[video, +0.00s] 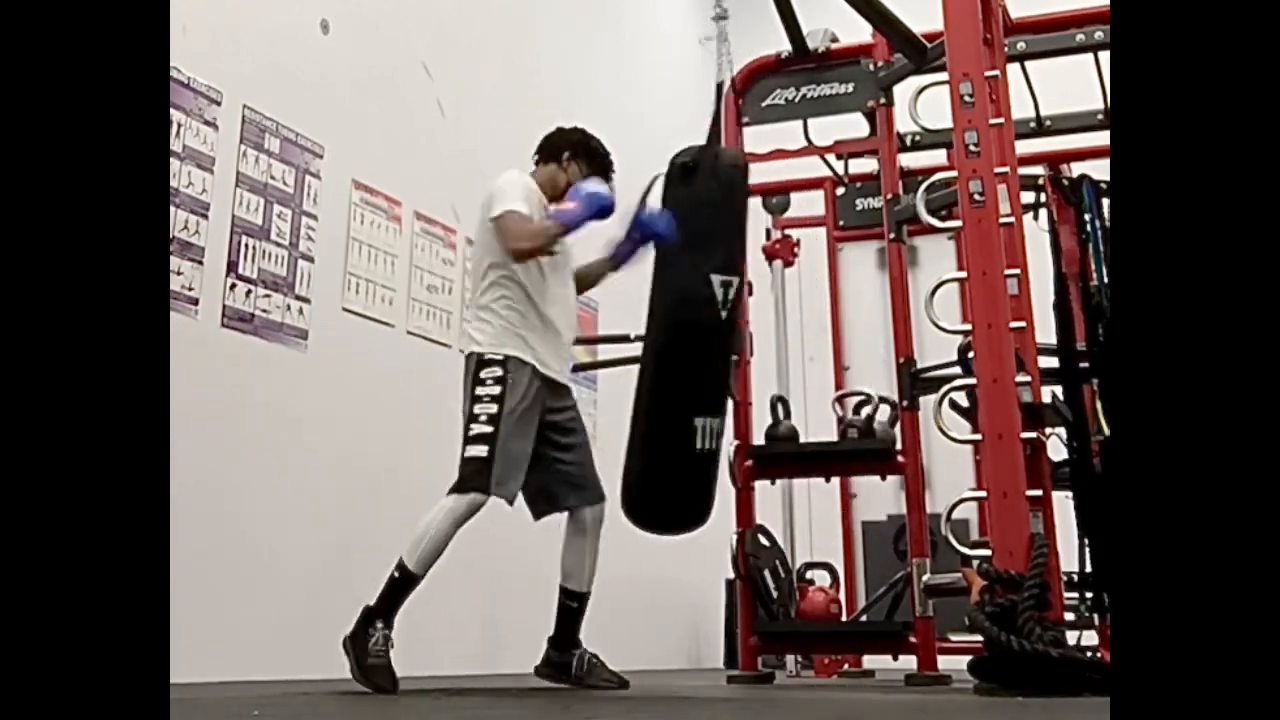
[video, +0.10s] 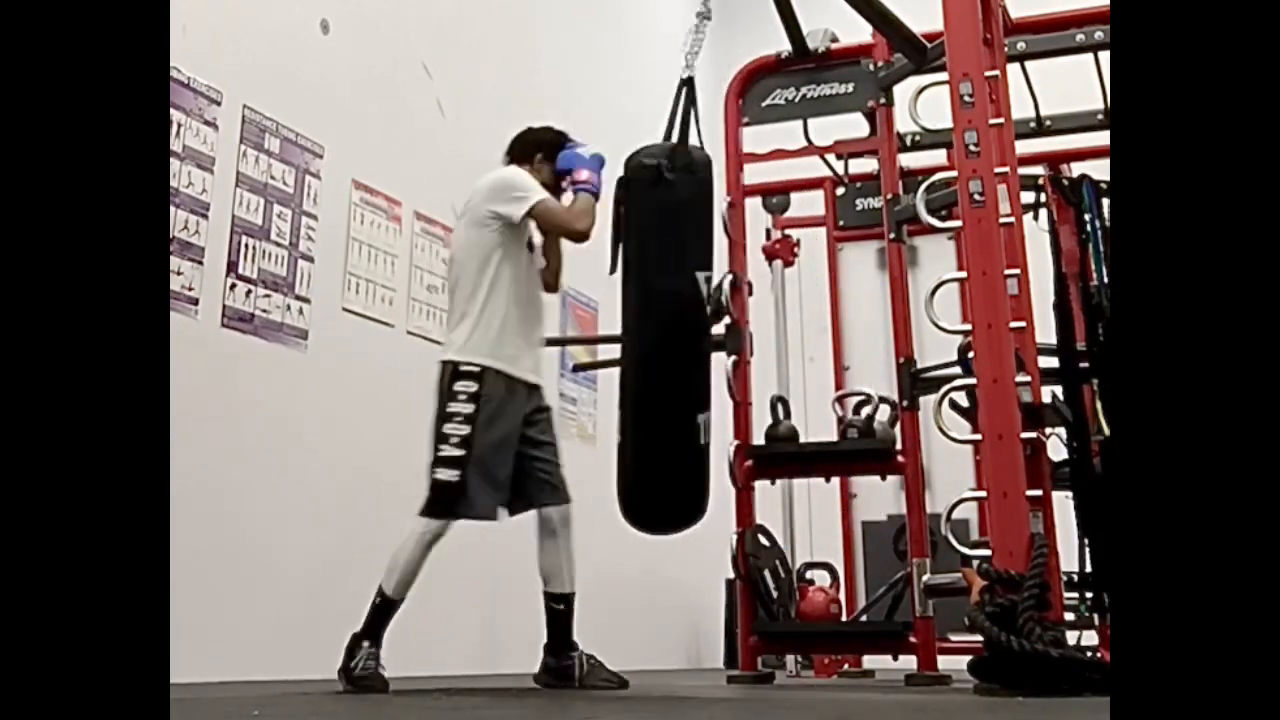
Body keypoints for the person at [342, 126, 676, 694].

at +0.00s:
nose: (582, 192)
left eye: (587, 187)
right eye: (582, 181)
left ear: (567, 175)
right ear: (560, 161)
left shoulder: (550, 228)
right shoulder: (515, 184)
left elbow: (567, 285)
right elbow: (518, 242)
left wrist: (624, 251)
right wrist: (573, 214)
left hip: (548, 373)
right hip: (503, 358)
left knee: (588, 505)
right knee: (473, 492)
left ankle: (564, 649)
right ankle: (373, 627)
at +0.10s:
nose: (559, 184)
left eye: (562, 177)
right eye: (557, 172)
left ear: (532, 164)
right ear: (536, 159)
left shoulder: (518, 215)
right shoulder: (503, 182)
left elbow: (550, 281)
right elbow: (578, 224)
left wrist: (552, 221)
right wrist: (587, 181)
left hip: (521, 379)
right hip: (478, 371)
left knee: (555, 509)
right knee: (439, 514)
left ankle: (561, 654)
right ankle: (364, 647)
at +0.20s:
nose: (541, 185)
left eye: (545, 179)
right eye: (541, 174)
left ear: (518, 160)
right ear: (520, 156)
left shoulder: (497, 206)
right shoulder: (475, 177)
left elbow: (501, 291)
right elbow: (495, 246)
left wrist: (530, 228)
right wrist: (543, 207)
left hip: (495, 371)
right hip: (448, 361)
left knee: (533, 495)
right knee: (412, 502)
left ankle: (519, 639)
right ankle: (351, 645)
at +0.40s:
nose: (512, 203)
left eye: (520, 197)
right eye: (509, 191)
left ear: (512, 201)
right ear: (483, 184)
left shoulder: (504, 249)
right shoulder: (438, 206)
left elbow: (539, 298)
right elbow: (467, 253)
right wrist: (504, 208)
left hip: (490, 399)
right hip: (427, 393)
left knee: (555, 507)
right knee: (372, 524)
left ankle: (518, 639)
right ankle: (317, 651)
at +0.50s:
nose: (527, 229)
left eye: (533, 221)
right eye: (525, 217)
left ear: (530, 219)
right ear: (498, 203)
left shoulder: (523, 255)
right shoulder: (437, 234)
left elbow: (555, 304)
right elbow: (422, 311)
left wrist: (597, 281)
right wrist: (471, 246)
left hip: (503, 407)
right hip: (432, 409)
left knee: (588, 502)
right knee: (370, 524)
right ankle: (313, 651)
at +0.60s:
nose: (560, 243)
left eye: (567, 233)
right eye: (553, 231)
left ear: (567, 225)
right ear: (526, 216)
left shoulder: (568, 268)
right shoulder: (468, 258)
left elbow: (616, 310)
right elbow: (401, 326)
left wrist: (661, 295)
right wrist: (456, 301)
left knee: (630, 508)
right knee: (398, 518)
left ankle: (640, 646)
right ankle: (348, 650)